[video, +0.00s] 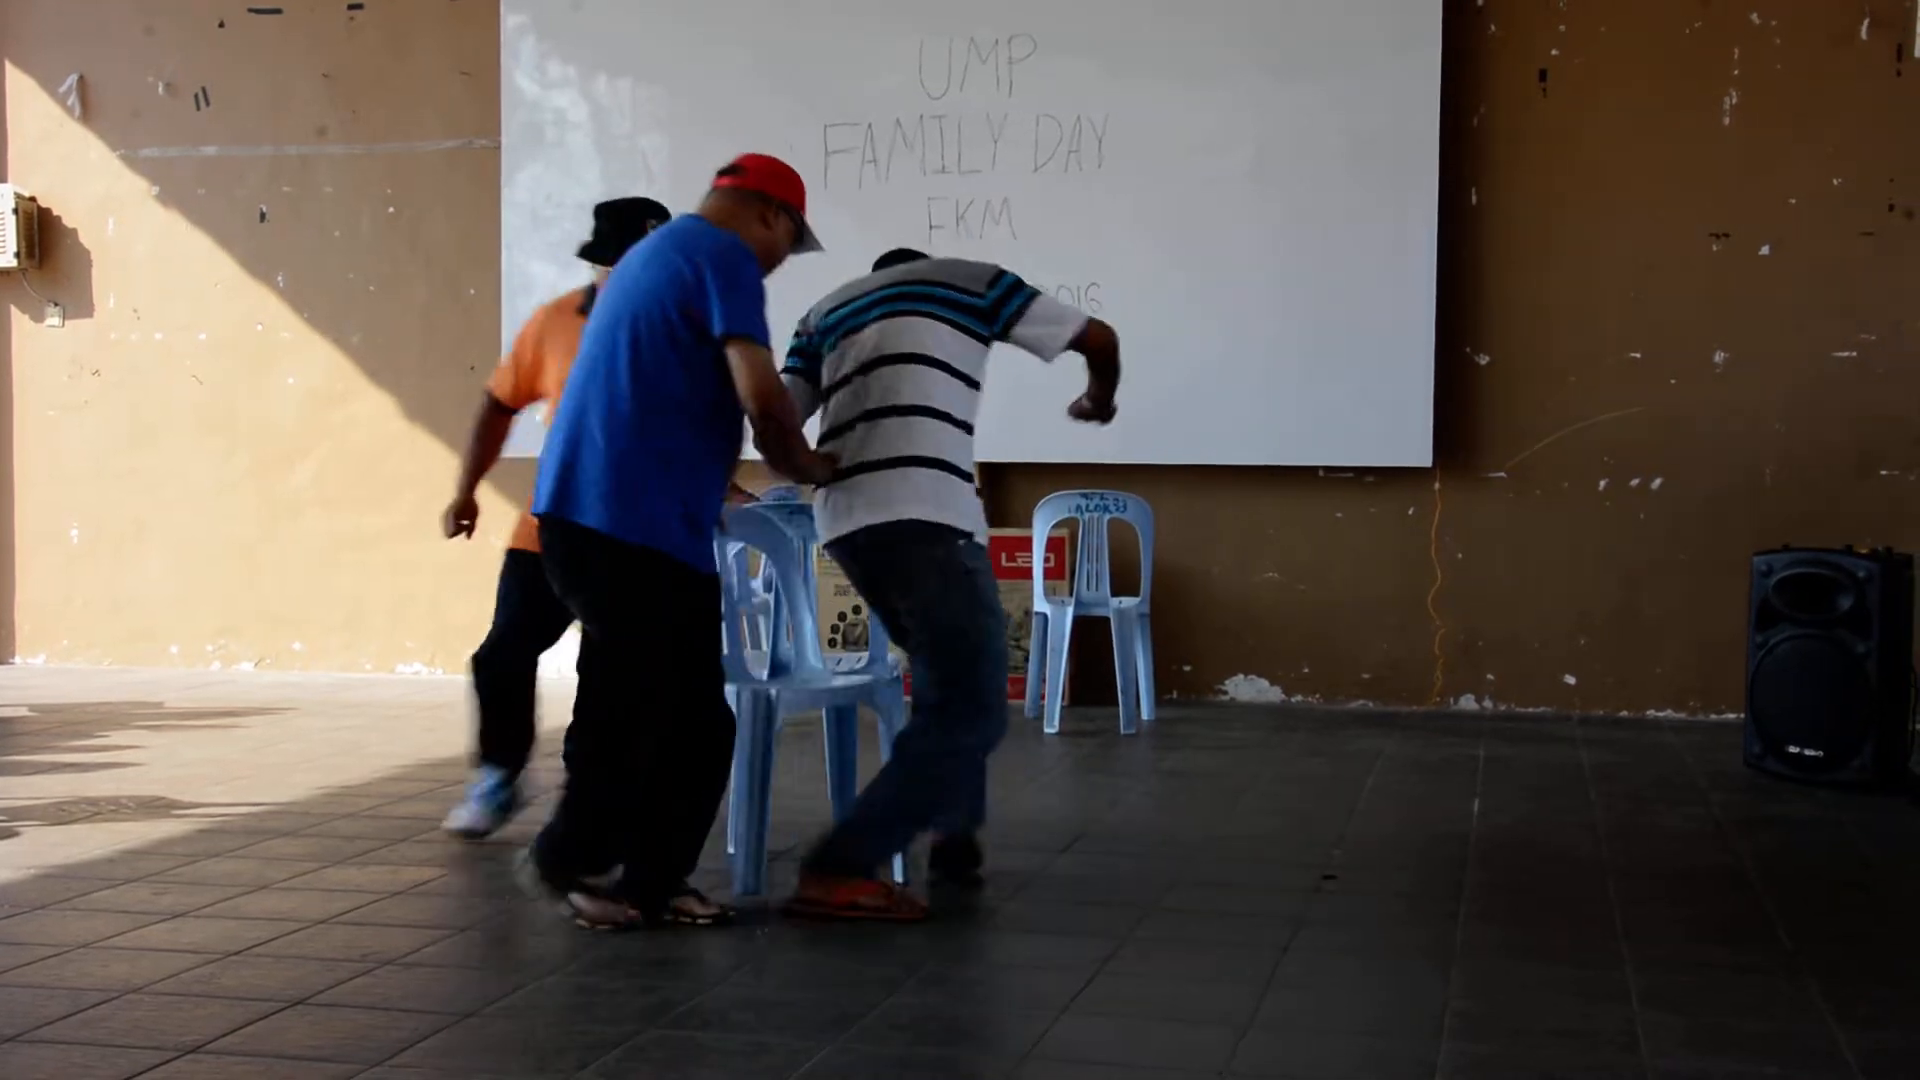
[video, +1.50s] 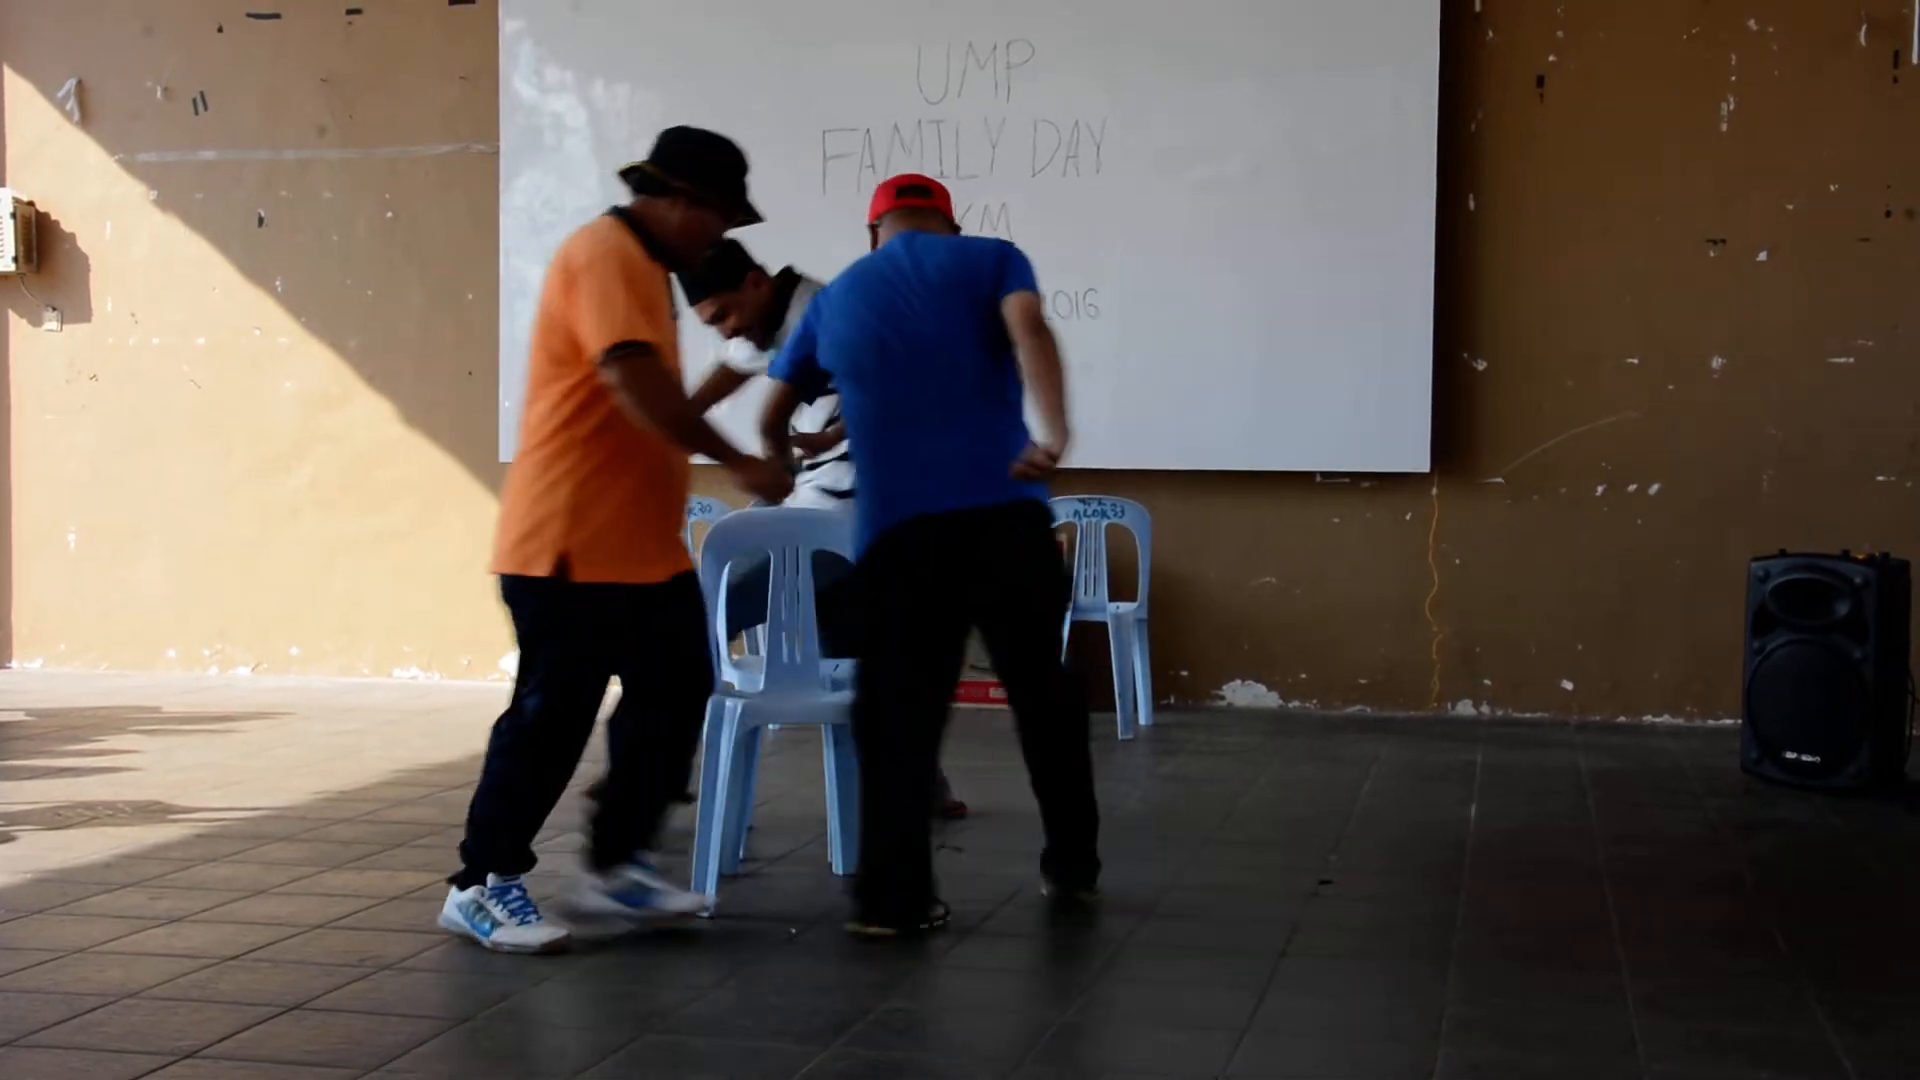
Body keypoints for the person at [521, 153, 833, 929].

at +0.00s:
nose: (785, 256)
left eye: (792, 244)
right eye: (789, 238)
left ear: (725, 204)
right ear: (763, 212)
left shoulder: (655, 252)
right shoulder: (724, 256)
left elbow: (643, 405)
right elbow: (762, 398)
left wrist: (725, 480)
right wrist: (804, 463)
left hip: (581, 508)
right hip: (645, 523)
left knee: (619, 694)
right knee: (696, 713)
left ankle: (569, 855)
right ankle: (653, 884)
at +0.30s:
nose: (829, 301)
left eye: (834, 290)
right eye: (834, 286)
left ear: (767, 246)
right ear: (820, 267)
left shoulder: (697, 280)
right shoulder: (805, 311)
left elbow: (667, 423)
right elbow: (843, 431)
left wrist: (747, 499)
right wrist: (884, 464)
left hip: (575, 502)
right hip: (643, 516)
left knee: (662, 705)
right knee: (691, 711)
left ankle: (646, 881)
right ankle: (625, 902)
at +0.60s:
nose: (851, 272)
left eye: (853, 262)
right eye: (850, 259)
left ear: (777, 226)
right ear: (833, 242)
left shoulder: (710, 270)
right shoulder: (818, 270)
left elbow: (673, 408)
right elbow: (908, 370)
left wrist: (764, 494)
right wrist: (952, 416)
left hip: (607, 503)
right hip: (672, 511)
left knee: (685, 704)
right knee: (740, 708)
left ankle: (641, 885)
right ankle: (704, 921)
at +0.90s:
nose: (866, 233)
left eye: (865, 223)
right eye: (866, 220)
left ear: (786, 200)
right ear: (851, 205)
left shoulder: (735, 263)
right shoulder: (848, 250)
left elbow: (749, 404)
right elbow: (867, 400)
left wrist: (876, 437)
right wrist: (849, 507)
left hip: (692, 503)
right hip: (754, 507)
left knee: (835, 665)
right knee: (769, 701)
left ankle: (763, 865)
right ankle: (703, 918)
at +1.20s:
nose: (921, 246)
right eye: (922, 234)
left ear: (844, 224)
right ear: (919, 228)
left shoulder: (796, 286)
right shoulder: (928, 273)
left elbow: (738, 414)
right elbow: (975, 395)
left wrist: (774, 496)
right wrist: (1018, 511)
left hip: (776, 520)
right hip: (862, 518)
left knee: (866, 706)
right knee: (920, 695)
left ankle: (874, 894)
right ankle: (799, 836)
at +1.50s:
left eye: (886, 224)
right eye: (947, 222)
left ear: (875, 231)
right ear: (950, 221)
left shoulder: (832, 299)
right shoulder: (993, 257)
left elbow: (770, 415)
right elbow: (1030, 326)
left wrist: (780, 465)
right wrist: (1053, 433)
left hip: (901, 538)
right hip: (1007, 527)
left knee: (897, 723)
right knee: (1045, 694)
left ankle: (895, 901)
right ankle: (1073, 868)